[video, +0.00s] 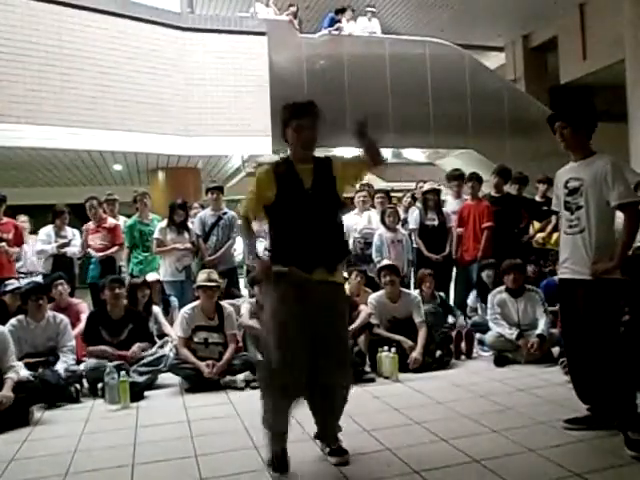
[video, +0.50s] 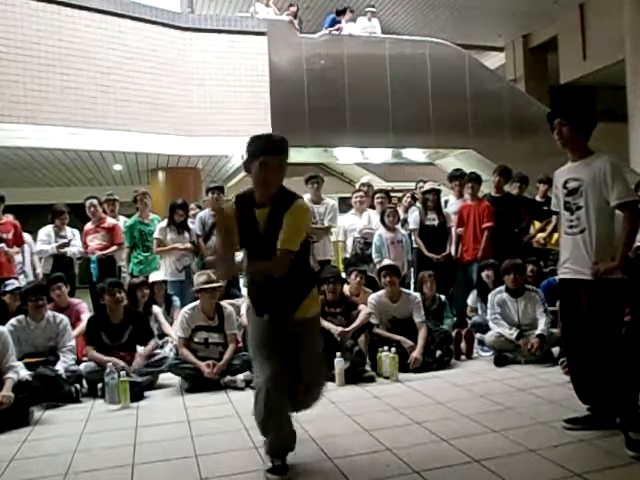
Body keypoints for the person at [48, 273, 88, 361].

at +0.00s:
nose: (60, 289)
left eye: (62, 285)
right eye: (56, 287)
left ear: (69, 289)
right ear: (51, 293)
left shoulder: (80, 305)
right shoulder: (49, 309)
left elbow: (83, 322)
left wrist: (71, 335)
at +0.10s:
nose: (58, 289)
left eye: (61, 285)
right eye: (54, 287)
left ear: (68, 289)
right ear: (51, 293)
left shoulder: (80, 305)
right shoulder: (49, 309)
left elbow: (83, 322)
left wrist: (71, 335)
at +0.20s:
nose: (57, 290)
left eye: (60, 286)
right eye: (54, 288)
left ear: (68, 288)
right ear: (50, 294)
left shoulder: (79, 305)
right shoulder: (48, 309)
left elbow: (84, 322)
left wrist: (71, 336)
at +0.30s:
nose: (57, 293)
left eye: (59, 288)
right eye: (53, 290)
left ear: (67, 288)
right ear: (50, 294)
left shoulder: (79, 305)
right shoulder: (49, 309)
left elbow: (85, 322)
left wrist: (71, 336)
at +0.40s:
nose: (56, 293)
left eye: (58, 288)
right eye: (52, 290)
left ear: (67, 288)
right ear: (50, 295)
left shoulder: (79, 305)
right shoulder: (48, 310)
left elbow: (85, 321)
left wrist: (71, 336)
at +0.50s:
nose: (57, 293)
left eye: (59, 288)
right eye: (53, 290)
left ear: (67, 288)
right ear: (50, 294)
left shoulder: (79, 305)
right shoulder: (48, 310)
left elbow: (85, 321)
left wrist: (71, 335)